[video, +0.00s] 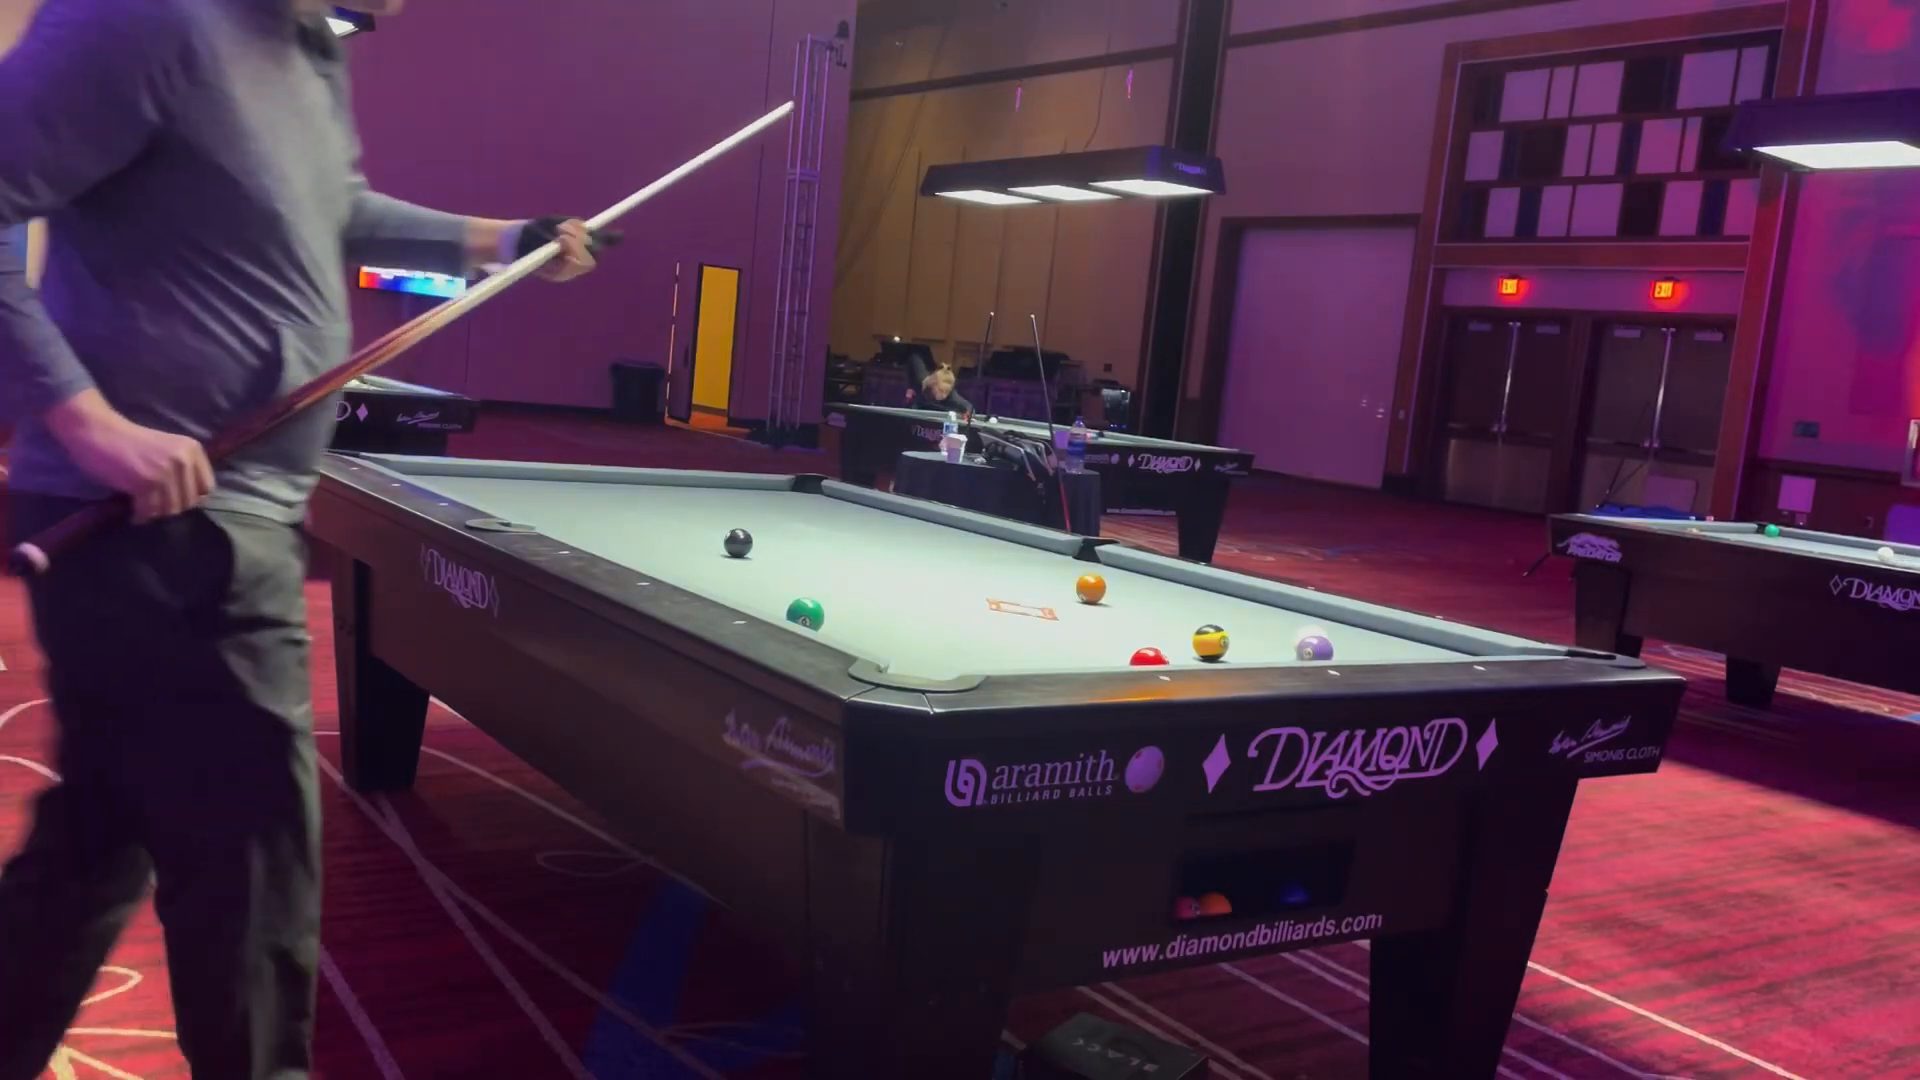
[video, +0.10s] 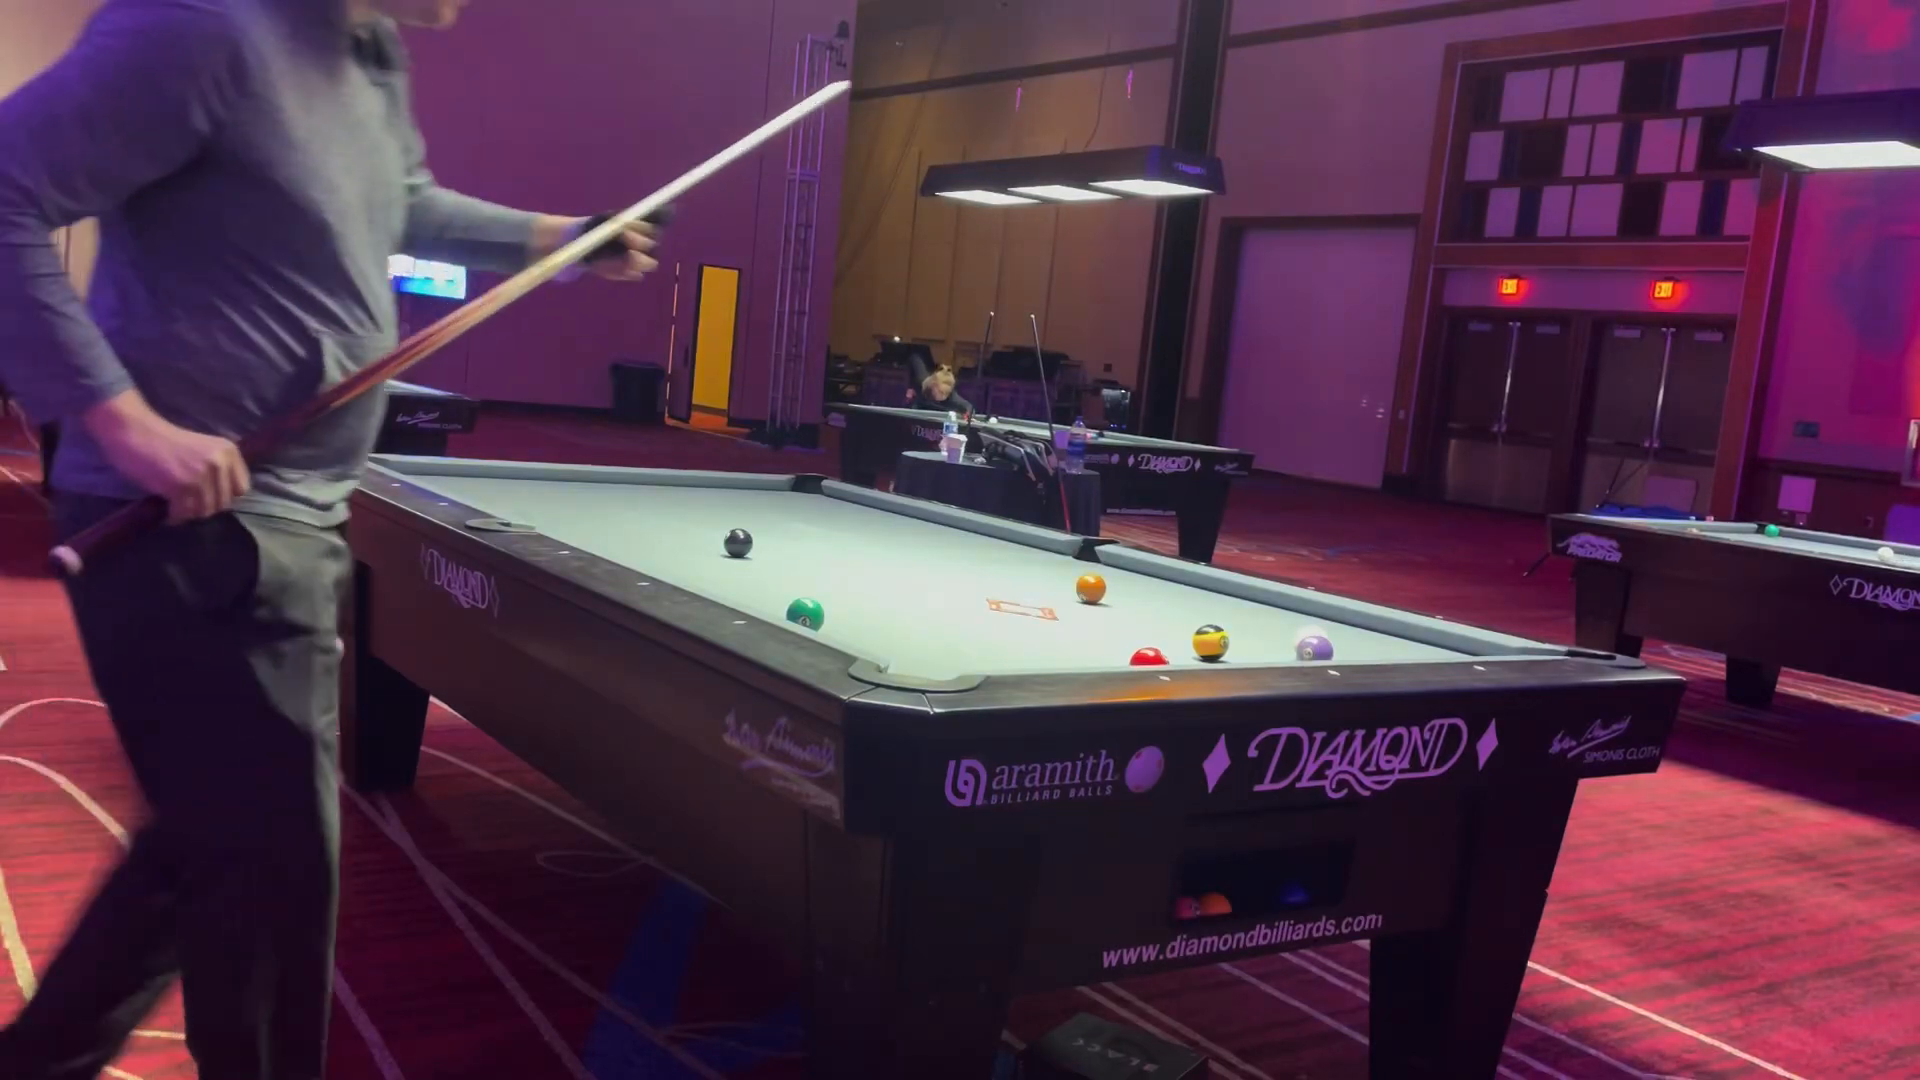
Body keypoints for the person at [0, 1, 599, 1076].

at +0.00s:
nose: (403, 1)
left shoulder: (309, 52)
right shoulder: (148, 22)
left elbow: (325, 210)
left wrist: (497, 240)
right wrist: (78, 414)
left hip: (231, 515)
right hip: (168, 521)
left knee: (92, 840)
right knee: (255, 866)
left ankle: (8, 1049)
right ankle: (263, 1064)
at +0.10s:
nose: (464, 2)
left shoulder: (372, 55)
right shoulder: (203, 31)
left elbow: (398, 207)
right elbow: (7, 188)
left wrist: (559, 236)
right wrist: (119, 416)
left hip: (292, 522)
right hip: (199, 524)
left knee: (212, 834)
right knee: (281, 869)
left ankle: (45, 1056)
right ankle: (267, 1066)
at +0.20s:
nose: (515, 10)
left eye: (516, 5)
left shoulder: (425, 62)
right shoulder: (252, 35)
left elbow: (474, 206)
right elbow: (28, 176)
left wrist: (642, 234)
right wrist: (163, 397)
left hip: (338, 518)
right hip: (231, 520)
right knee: (268, 869)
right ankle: (262, 1072)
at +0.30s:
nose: (576, 9)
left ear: (522, 4)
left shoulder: (492, 84)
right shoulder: (296, 33)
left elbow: (542, 209)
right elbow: (48, 142)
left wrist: (719, 242)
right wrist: (203, 354)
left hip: (382, 518)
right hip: (254, 518)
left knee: (444, 758)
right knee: (283, 857)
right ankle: (261, 1065)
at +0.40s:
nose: (639, 17)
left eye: (646, 5)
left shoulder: (550, 107)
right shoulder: (346, 43)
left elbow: (641, 236)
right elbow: (87, 133)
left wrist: (824, 284)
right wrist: (221, 343)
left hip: (416, 523)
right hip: (279, 520)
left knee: (470, 779)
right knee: (293, 863)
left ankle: (441, 1053)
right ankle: (262, 1071)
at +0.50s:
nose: (694, 39)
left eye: (701, 18)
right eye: (683, 5)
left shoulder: (616, 146)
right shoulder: (396, 61)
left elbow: (714, 265)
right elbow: (136, 134)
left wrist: (882, 314)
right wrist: (251, 339)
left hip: (450, 532)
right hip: (307, 522)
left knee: (502, 818)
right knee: (314, 859)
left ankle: (550, 1032)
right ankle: (264, 1069)